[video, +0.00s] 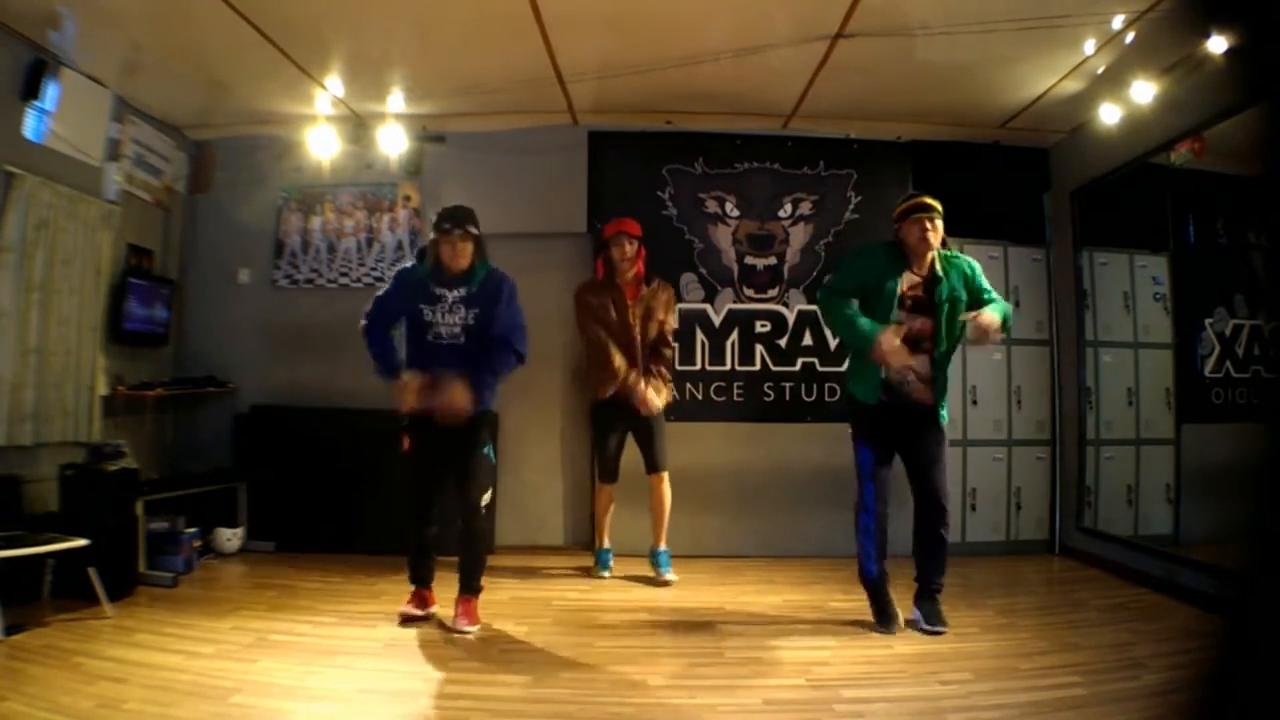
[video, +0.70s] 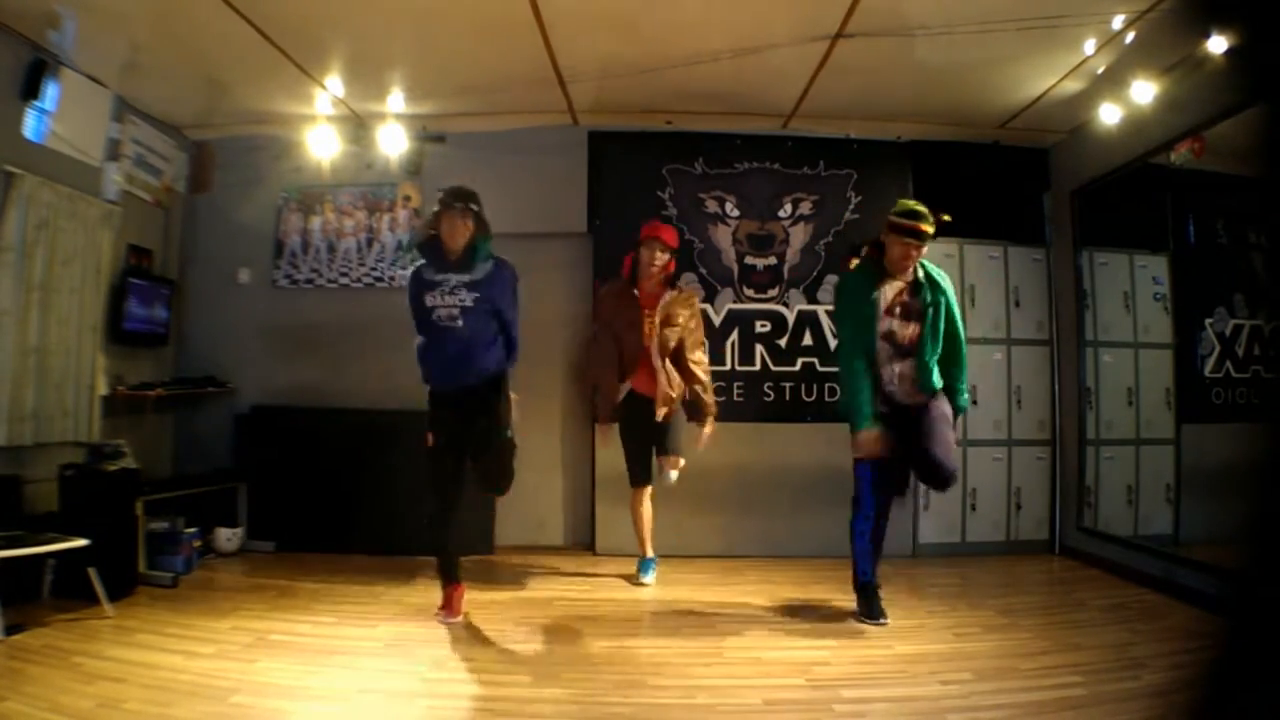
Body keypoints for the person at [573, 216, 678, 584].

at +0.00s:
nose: (623, 250)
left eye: (630, 243)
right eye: (616, 244)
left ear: (640, 248)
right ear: (606, 250)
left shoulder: (660, 291)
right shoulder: (590, 293)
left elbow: (666, 345)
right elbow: (599, 346)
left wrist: (656, 386)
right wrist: (633, 385)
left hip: (650, 395)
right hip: (609, 395)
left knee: (658, 471)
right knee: (605, 477)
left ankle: (661, 550)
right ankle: (603, 551)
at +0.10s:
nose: (629, 266)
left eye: (635, 259)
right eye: (622, 260)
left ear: (645, 264)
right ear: (612, 266)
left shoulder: (665, 308)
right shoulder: (595, 311)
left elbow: (677, 364)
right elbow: (590, 367)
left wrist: (674, 416)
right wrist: (605, 417)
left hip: (656, 414)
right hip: (615, 414)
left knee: (665, 486)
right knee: (610, 492)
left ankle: (667, 559)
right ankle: (604, 556)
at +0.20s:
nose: (633, 265)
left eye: (639, 258)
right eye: (626, 259)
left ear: (649, 264)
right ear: (616, 265)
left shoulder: (671, 308)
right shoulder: (601, 309)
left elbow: (683, 363)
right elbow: (587, 360)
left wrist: (683, 415)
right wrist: (580, 412)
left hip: (661, 413)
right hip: (620, 412)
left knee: (667, 489)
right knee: (618, 491)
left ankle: (666, 560)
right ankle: (607, 553)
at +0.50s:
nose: (625, 274)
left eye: (631, 268)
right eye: (619, 267)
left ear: (644, 272)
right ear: (611, 272)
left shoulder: (669, 309)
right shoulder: (604, 314)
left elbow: (694, 362)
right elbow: (590, 360)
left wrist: (701, 418)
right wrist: (583, 402)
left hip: (671, 410)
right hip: (631, 409)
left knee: (670, 491)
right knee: (638, 488)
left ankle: (676, 539)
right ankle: (655, 569)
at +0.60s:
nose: (643, 256)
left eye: (649, 249)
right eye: (637, 248)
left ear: (662, 254)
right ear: (627, 252)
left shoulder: (679, 298)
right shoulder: (612, 295)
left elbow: (694, 358)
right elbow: (599, 341)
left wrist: (708, 414)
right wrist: (589, 391)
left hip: (669, 395)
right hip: (629, 393)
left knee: (670, 472)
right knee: (639, 478)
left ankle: (676, 488)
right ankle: (653, 557)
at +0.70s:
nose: (654, 256)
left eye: (662, 251)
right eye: (649, 248)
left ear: (671, 259)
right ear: (637, 252)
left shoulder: (683, 302)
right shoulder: (613, 297)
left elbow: (696, 356)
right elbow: (600, 350)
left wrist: (706, 409)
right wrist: (601, 404)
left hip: (671, 398)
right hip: (631, 396)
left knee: (671, 460)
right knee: (641, 484)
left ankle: (670, 464)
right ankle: (647, 558)